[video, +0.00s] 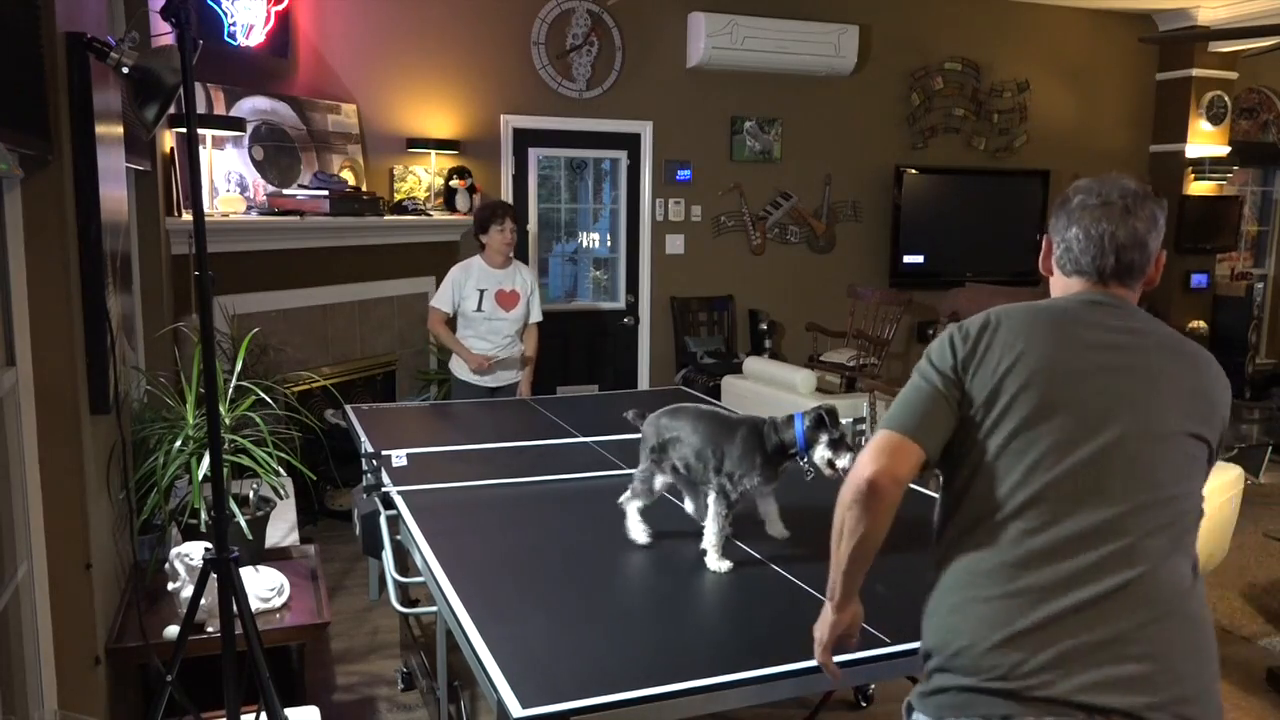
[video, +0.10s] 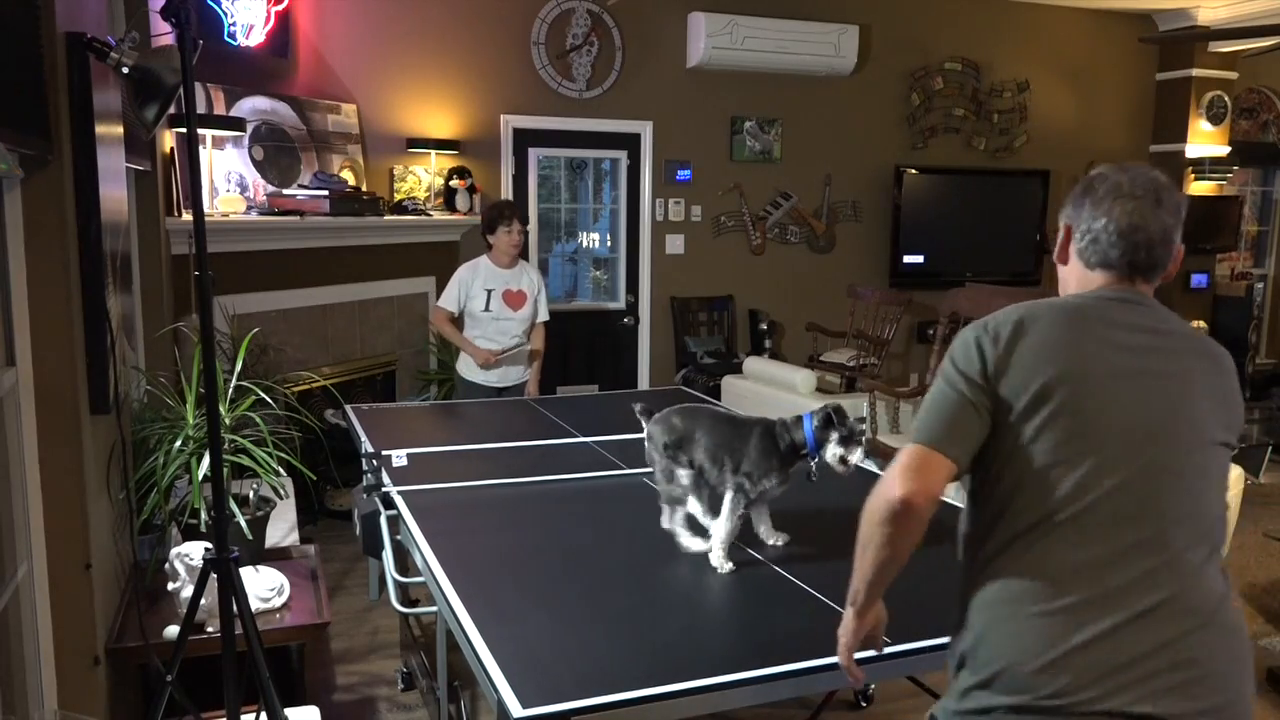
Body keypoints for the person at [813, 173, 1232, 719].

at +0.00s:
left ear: (1046, 256)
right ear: (1155, 269)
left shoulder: (975, 340)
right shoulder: (1206, 376)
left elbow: (875, 476)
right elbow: (1173, 510)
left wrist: (840, 600)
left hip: (983, 689)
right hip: (1163, 698)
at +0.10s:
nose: (1054, 255)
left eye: (1056, 241)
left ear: (1065, 243)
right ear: (1173, 263)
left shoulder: (998, 339)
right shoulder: (1217, 365)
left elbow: (906, 494)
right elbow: (1198, 518)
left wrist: (862, 603)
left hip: (1025, 686)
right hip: (1202, 690)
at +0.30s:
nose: (1087, 229)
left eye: (1091, 210)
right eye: (1088, 210)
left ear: (1117, 216)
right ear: (1218, 237)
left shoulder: (1083, 337)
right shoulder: (1267, 343)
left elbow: (1034, 532)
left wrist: (925, 612)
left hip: (1127, 690)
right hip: (1262, 691)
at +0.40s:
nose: (1103, 231)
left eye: (1108, 212)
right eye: (1104, 211)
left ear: (1142, 216)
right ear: (1238, 229)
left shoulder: (1121, 345)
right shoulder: (1271, 330)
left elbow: (1110, 565)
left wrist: (981, 643)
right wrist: (1077, 439)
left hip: (1162, 696)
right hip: (1266, 685)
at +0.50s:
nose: (1110, 231)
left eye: (1117, 212)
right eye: (1113, 212)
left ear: (1156, 216)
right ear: (1245, 222)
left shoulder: (1147, 352)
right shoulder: (1269, 324)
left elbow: (1158, 589)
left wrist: (1032, 665)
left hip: (1196, 700)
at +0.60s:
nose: (1112, 230)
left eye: (1120, 211)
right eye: (1114, 212)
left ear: (1160, 215)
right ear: (1249, 221)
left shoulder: (1155, 362)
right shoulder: (1267, 324)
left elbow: (1168, 609)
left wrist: (1049, 669)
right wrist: (1116, 587)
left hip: (1201, 699)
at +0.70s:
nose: (1107, 232)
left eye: (1114, 212)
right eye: (1108, 213)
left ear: (1156, 219)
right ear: (1249, 224)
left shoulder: (1150, 370)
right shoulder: (1266, 332)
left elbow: (1148, 628)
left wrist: (1047, 673)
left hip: (1196, 701)